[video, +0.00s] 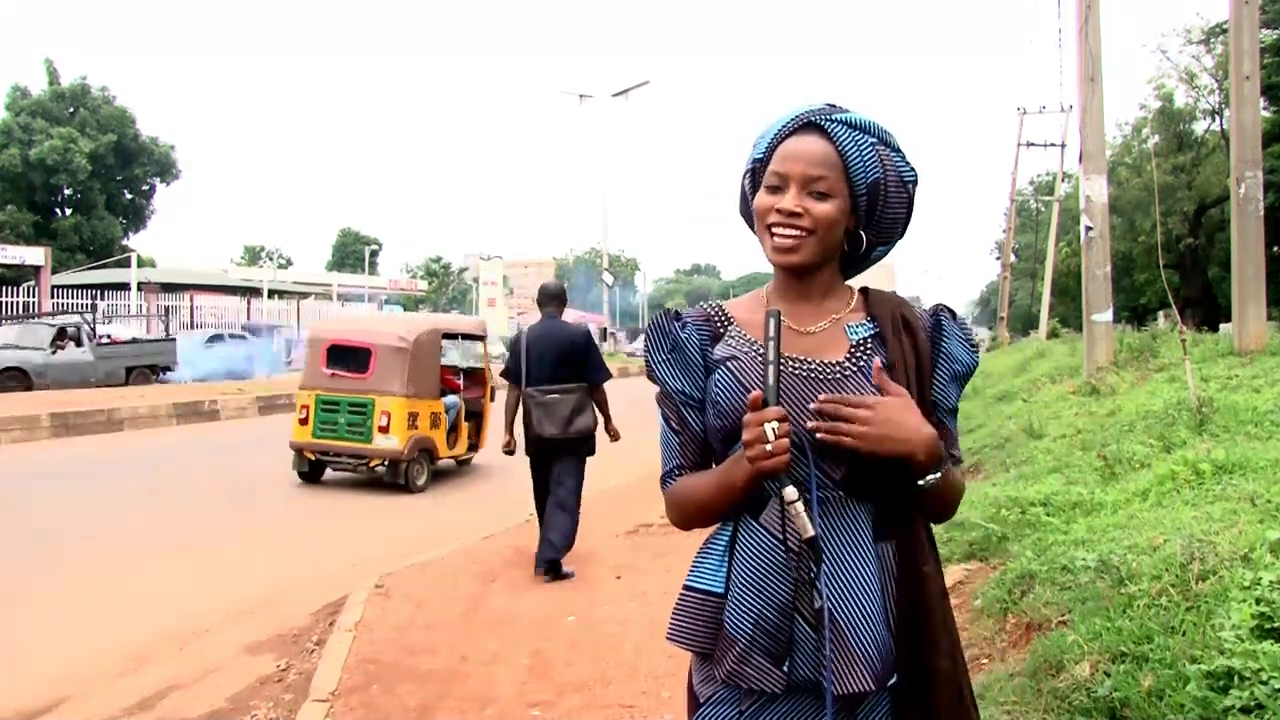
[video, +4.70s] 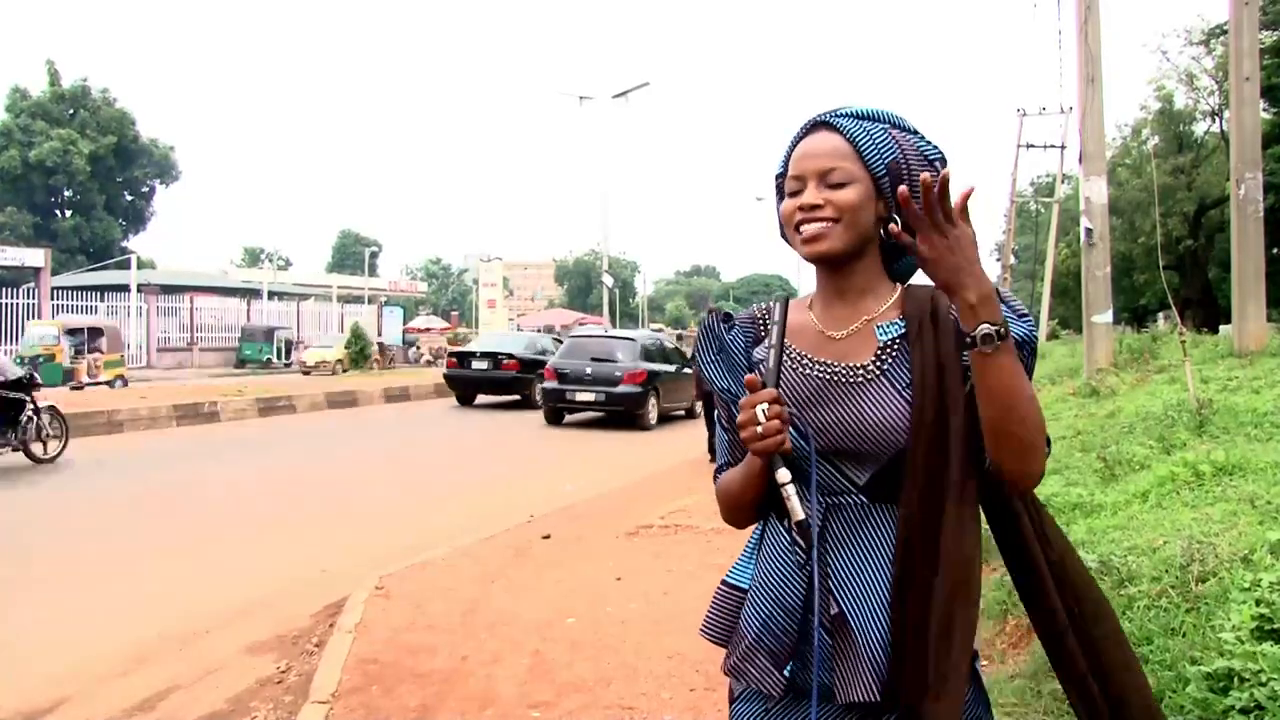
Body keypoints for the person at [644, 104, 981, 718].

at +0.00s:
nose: (788, 206)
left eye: (818, 192)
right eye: (775, 185)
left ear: (856, 214)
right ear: (752, 198)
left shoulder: (910, 331)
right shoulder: (700, 337)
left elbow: (943, 506)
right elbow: (681, 506)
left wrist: (925, 445)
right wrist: (743, 465)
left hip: (883, 634)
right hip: (748, 636)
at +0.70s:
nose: (753, 204)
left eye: (780, 184)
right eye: (736, 191)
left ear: (828, 203)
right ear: (722, 214)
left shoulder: (894, 348)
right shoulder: (680, 339)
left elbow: (930, 513)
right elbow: (642, 506)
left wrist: (882, 512)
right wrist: (689, 465)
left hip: (847, 645)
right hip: (710, 641)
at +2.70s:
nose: (793, 199)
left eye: (821, 183)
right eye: (777, 183)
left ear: (862, 208)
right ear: (757, 203)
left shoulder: (922, 333)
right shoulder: (714, 333)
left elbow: (958, 501)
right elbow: (688, 511)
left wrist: (891, 456)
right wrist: (751, 457)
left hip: (892, 616)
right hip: (762, 622)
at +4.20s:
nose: (817, 228)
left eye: (847, 210)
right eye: (805, 209)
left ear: (894, 231)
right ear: (788, 224)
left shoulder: (960, 349)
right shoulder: (760, 361)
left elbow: (1001, 519)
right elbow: (743, 531)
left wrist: (960, 453)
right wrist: (786, 494)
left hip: (934, 625)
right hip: (809, 625)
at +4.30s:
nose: (821, 219)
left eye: (849, 202)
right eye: (807, 203)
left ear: (896, 226)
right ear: (790, 223)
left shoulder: (955, 342)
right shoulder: (760, 356)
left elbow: (1006, 514)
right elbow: (743, 525)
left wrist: (968, 395)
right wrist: (783, 486)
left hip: (930, 627)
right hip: (806, 627)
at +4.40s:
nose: (824, 208)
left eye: (850, 190)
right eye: (808, 196)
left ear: (900, 213)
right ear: (791, 220)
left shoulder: (961, 322)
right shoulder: (762, 347)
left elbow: (1014, 491)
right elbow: (742, 517)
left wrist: (975, 323)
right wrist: (781, 473)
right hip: (806, 635)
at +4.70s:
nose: (808, 200)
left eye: (835, 182)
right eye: (794, 188)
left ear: (892, 203)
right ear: (781, 212)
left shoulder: (954, 318)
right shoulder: (751, 336)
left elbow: (1023, 471)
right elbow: (733, 511)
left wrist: (977, 299)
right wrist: (757, 456)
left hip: (909, 627)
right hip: (782, 626)